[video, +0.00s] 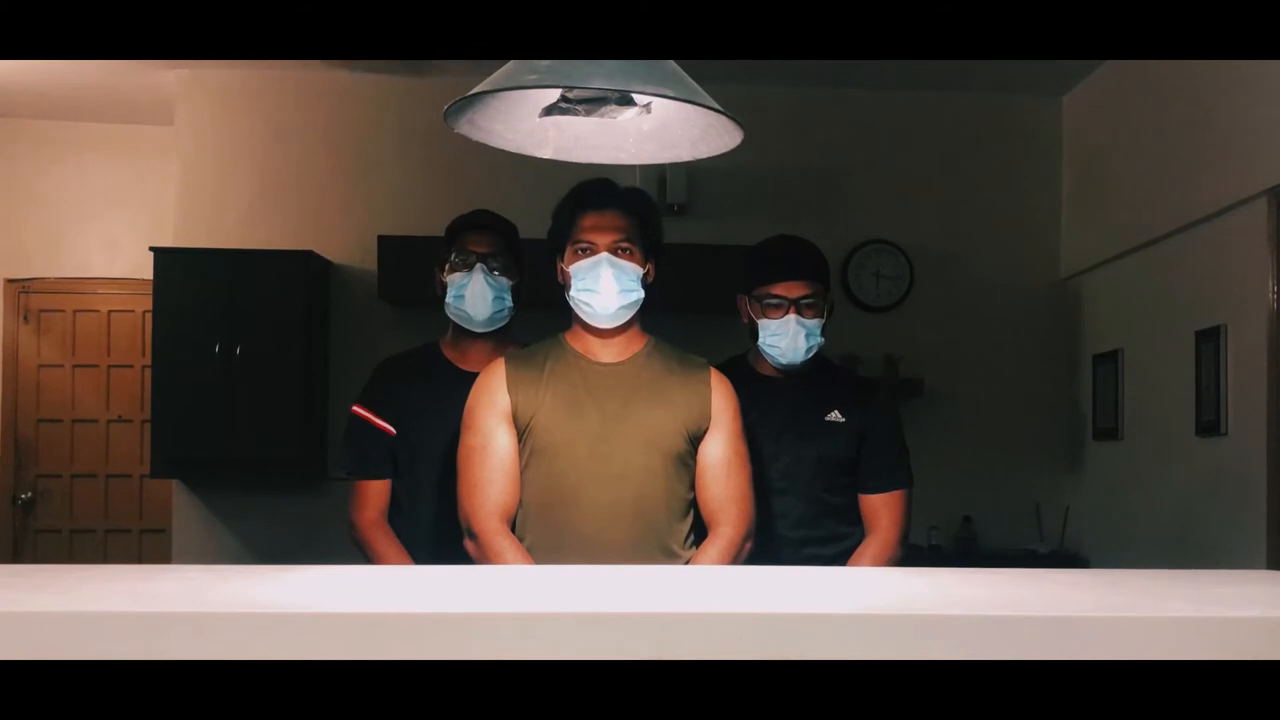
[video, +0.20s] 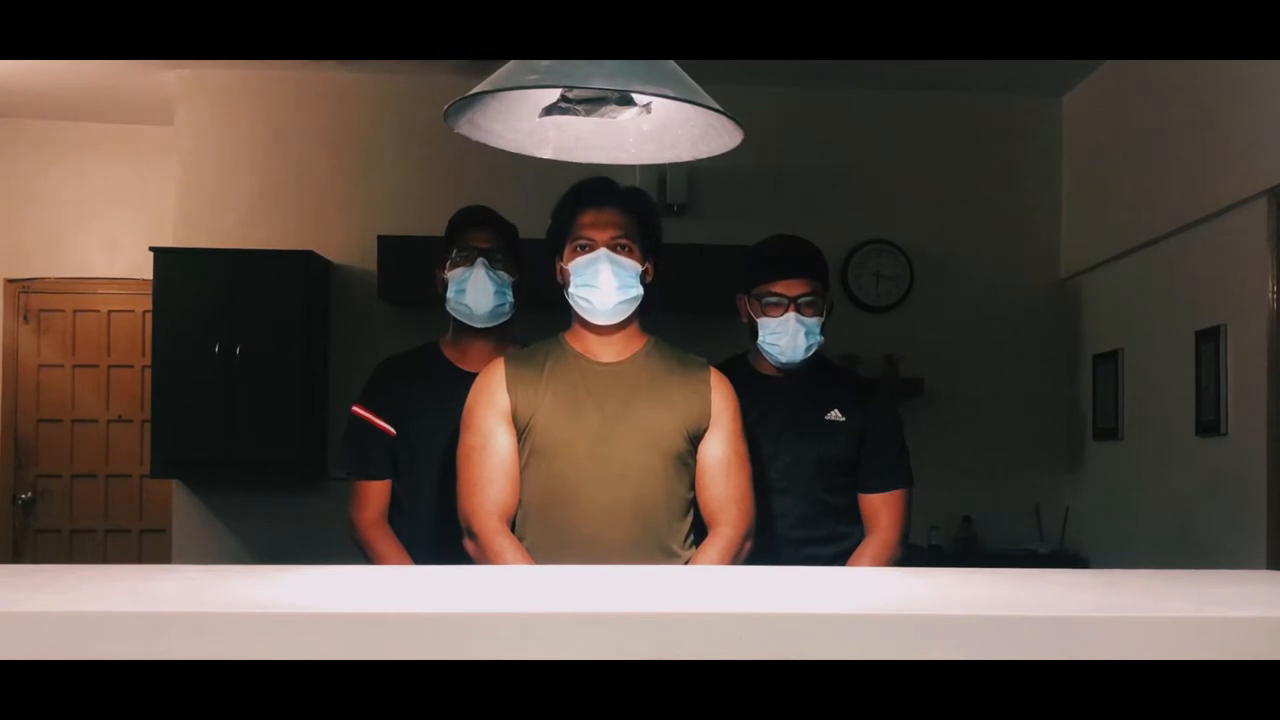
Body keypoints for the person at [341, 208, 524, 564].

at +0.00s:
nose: (478, 278)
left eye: (496, 266)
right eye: (463, 262)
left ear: (516, 280)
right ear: (442, 276)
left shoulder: (541, 381)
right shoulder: (397, 379)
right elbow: (368, 519)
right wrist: (422, 600)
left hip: (517, 594)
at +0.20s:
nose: (480, 274)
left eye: (498, 261)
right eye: (464, 259)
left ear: (516, 276)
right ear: (443, 274)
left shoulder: (541, 381)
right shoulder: (397, 379)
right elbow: (368, 520)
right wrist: (422, 600)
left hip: (518, 594)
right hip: (426, 593)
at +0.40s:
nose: (481, 271)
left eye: (498, 260)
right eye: (465, 257)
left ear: (516, 276)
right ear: (443, 273)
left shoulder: (541, 380)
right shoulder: (397, 378)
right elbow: (368, 520)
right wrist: (422, 599)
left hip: (517, 593)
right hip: (426, 591)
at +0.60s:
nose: (480, 270)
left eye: (498, 258)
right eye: (465, 256)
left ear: (516, 274)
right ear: (442, 273)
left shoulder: (541, 381)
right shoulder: (397, 379)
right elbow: (368, 520)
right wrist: (421, 599)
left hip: (518, 594)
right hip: (426, 592)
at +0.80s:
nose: (480, 265)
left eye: (496, 254)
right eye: (465, 252)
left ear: (515, 271)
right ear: (443, 271)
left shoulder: (542, 381)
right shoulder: (397, 379)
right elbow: (368, 519)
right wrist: (421, 599)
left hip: (519, 594)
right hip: (426, 592)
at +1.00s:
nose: (480, 263)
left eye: (496, 252)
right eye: (464, 251)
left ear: (515, 270)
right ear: (442, 270)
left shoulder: (542, 380)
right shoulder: (397, 379)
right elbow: (368, 519)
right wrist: (421, 598)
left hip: (518, 594)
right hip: (426, 592)